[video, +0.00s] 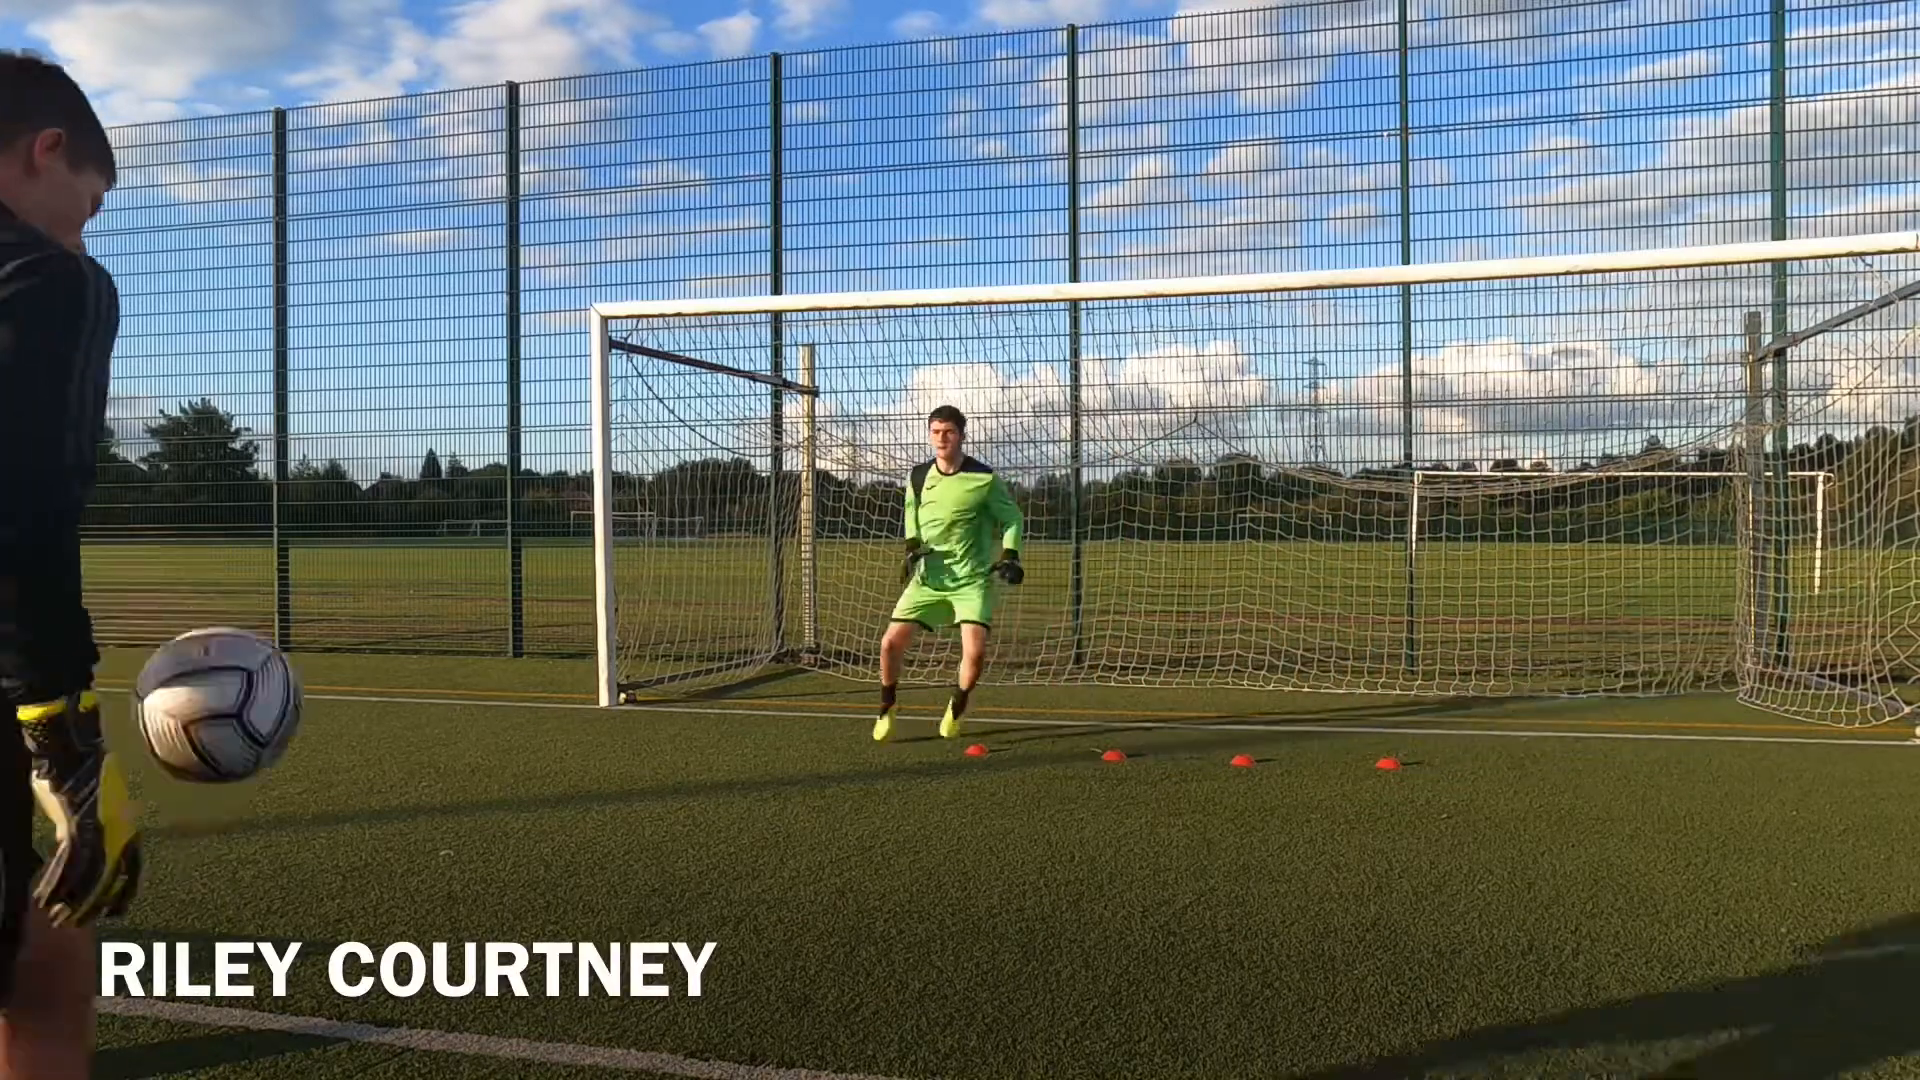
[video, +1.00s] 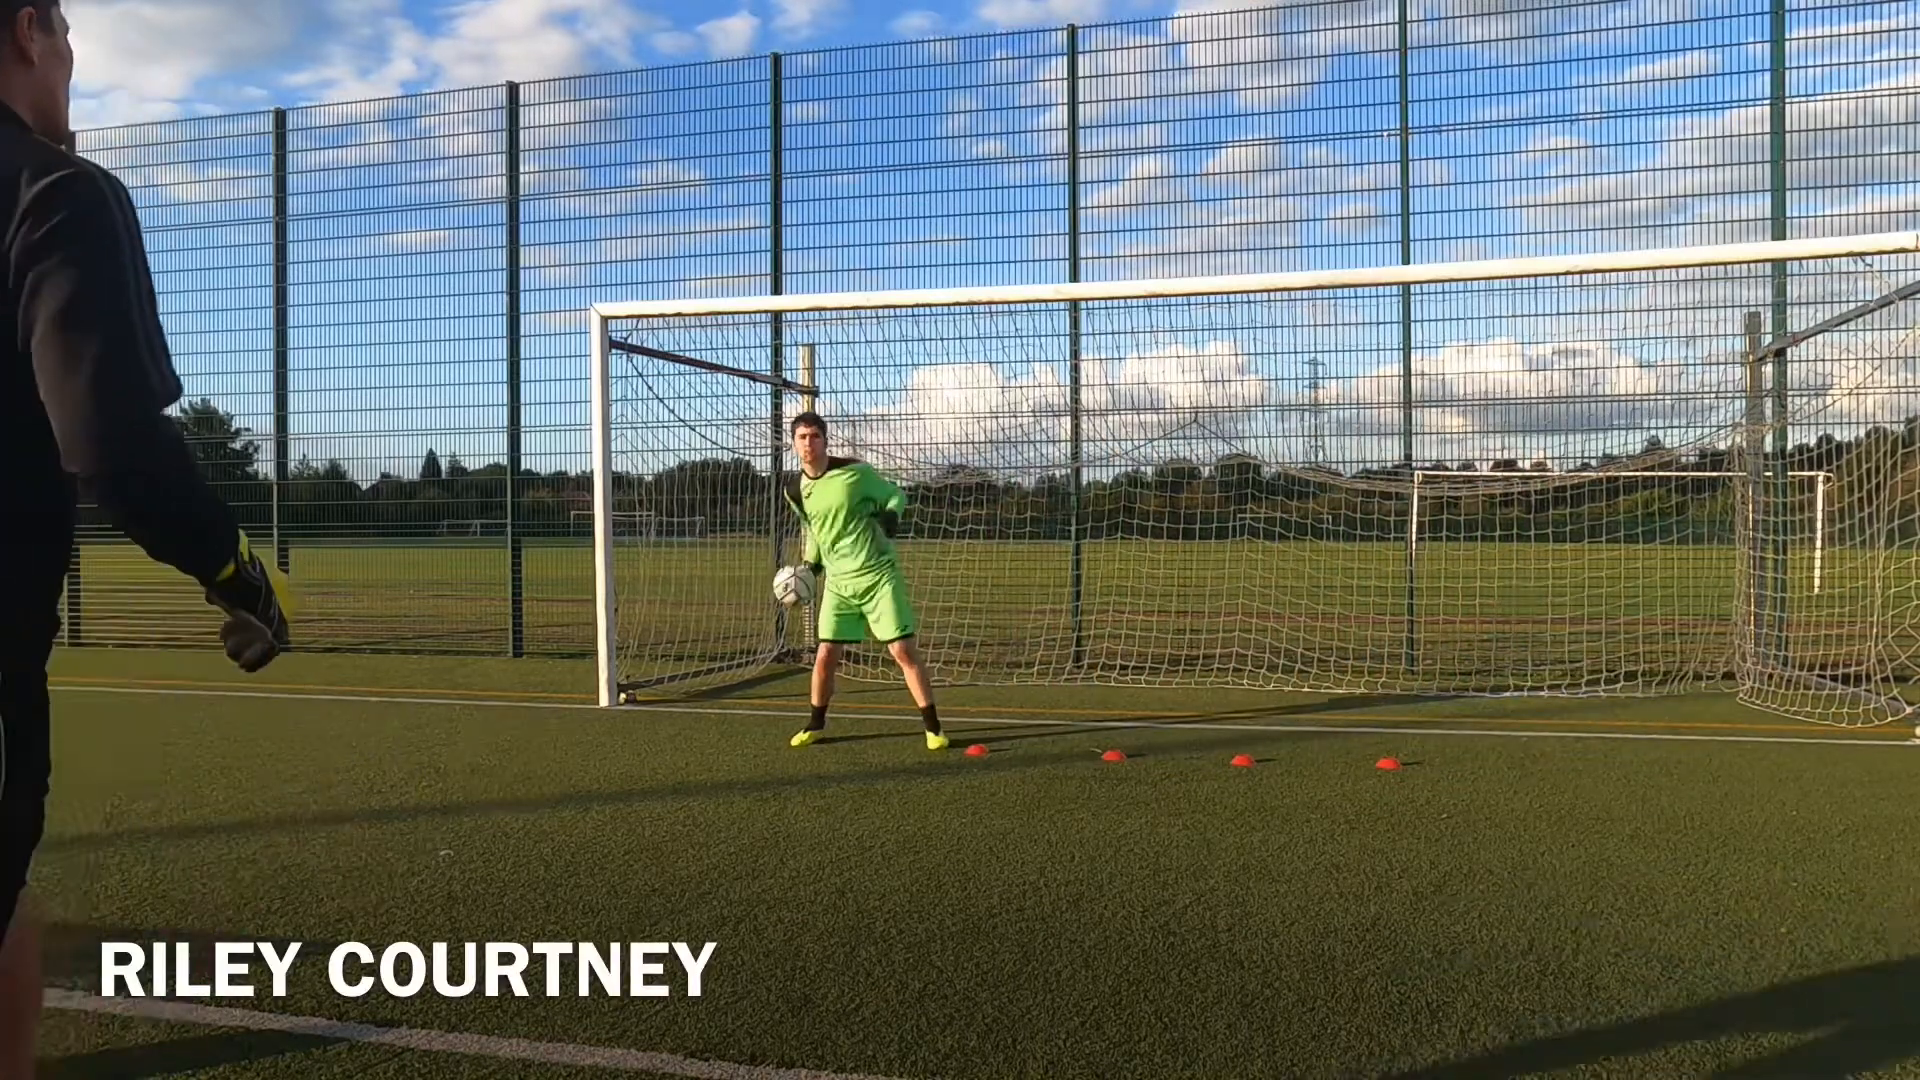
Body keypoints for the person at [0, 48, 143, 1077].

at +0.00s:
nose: (86, 225)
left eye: (97, 207)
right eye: (89, 198)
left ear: (26, 158)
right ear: (40, 154)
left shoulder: (42, 285)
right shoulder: (51, 284)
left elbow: (38, 528)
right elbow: (34, 523)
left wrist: (66, 756)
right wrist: (67, 756)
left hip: (24, 713)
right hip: (19, 715)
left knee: (50, 1004)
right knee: (50, 1009)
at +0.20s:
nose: (163, 224)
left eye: (172, 209)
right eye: (170, 200)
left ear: (29, 151)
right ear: (134, 159)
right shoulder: (98, 218)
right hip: (35, 626)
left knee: (37, 976)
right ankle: (317, 990)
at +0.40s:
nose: (164, 176)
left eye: (170, 151)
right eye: (166, 145)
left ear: (23, 115)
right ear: (124, 119)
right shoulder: (109, 212)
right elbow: (93, 452)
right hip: (58, 636)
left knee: (54, 933)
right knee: (232, 484)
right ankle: (292, 737)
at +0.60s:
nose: (127, 113)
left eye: (126, 88)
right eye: (124, 87)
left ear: (18, 77)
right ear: (86, 75)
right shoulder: (86, 197)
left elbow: (63, 427)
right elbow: (71, 424)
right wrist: (147, 616)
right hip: (42, 593)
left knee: (36, 953)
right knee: (270, 700)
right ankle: (186, 999)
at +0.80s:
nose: (94, 76)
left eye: (90, 50)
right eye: (87, 48)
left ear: (26, 52)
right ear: (48, 50)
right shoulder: (84, 207)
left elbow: (151, 446)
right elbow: (153, 450)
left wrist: (242, 603)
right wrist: (245, 604)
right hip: (49, 656)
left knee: (20, 1012)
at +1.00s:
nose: (71, 63)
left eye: (65, 39)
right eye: (62, 37)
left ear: (13, 40)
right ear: (27, 34)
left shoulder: (41, 192)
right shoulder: (51, 190)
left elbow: (108, 430)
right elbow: (108, 435)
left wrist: (223, 558)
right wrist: (224, 560)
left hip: (15, 633)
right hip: (10, 634)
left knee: (13, 893)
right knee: (9, 896)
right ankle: (17, 1056)